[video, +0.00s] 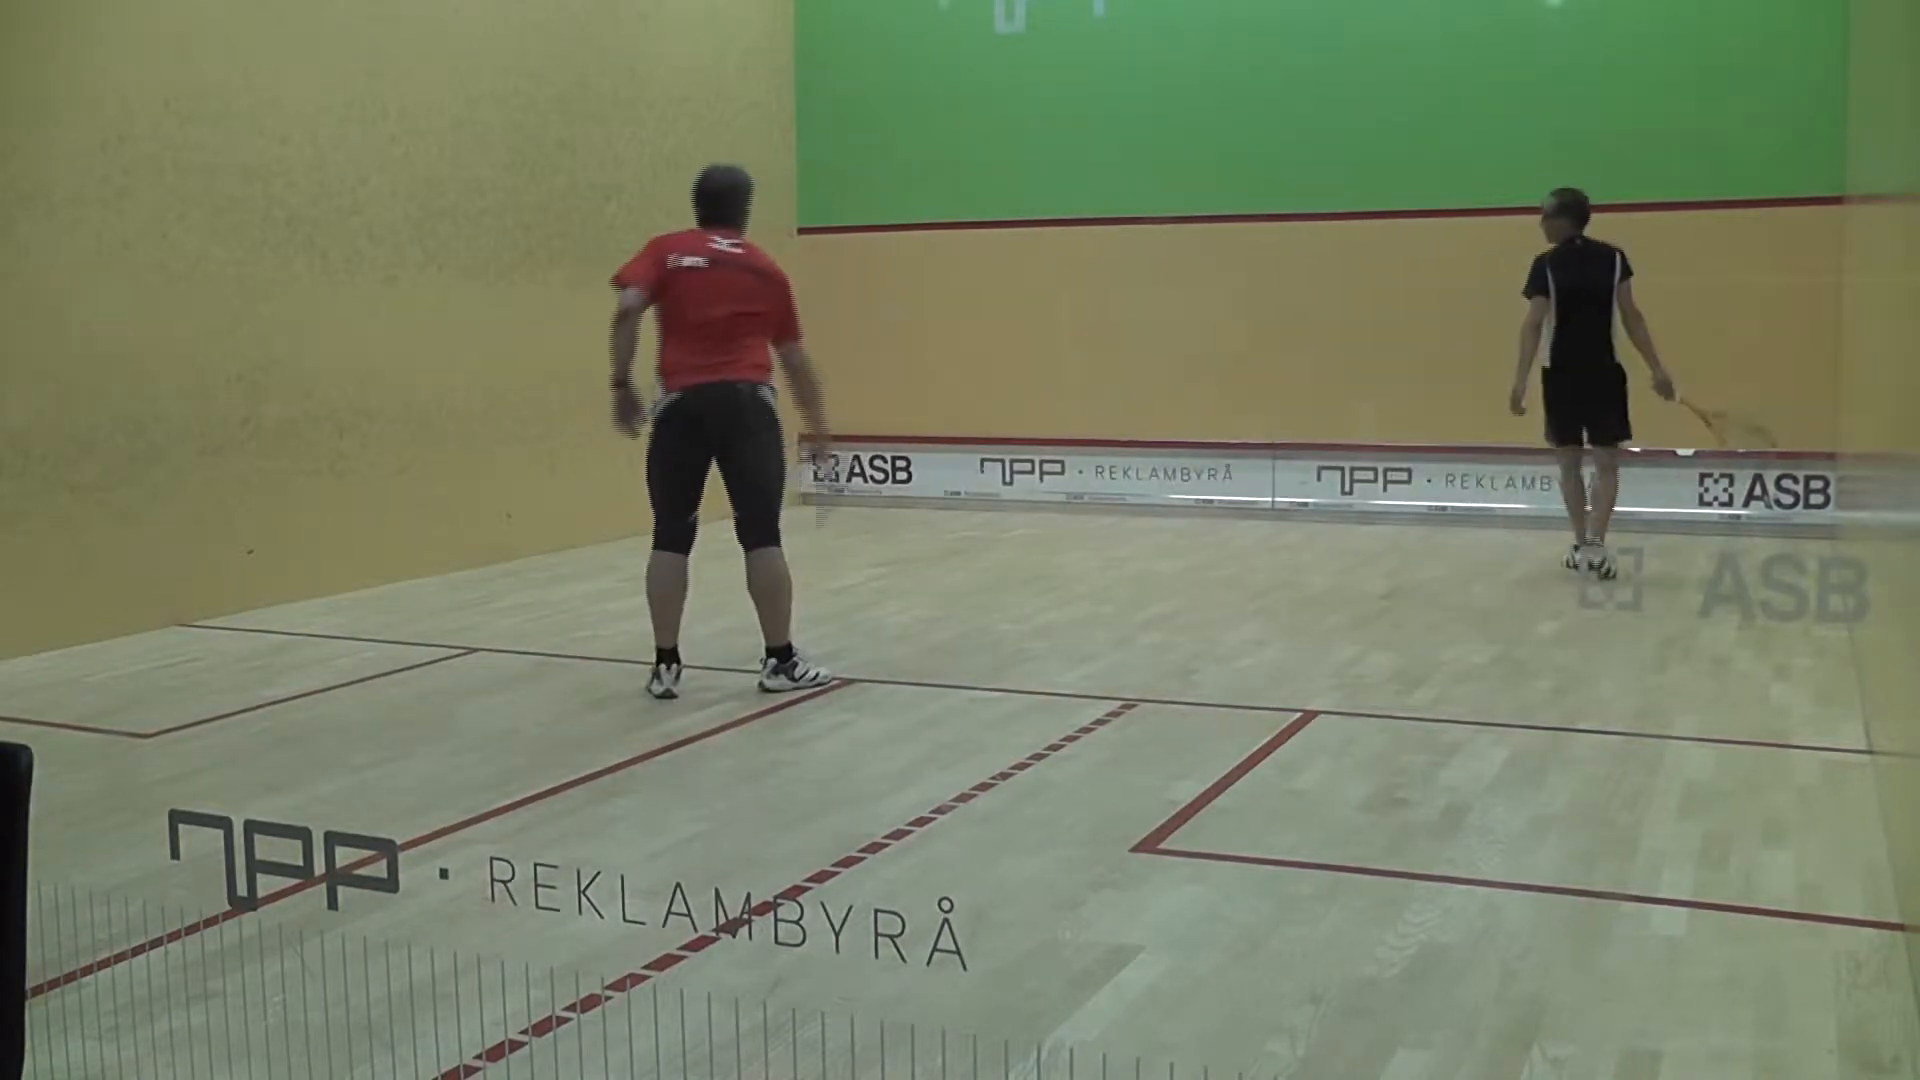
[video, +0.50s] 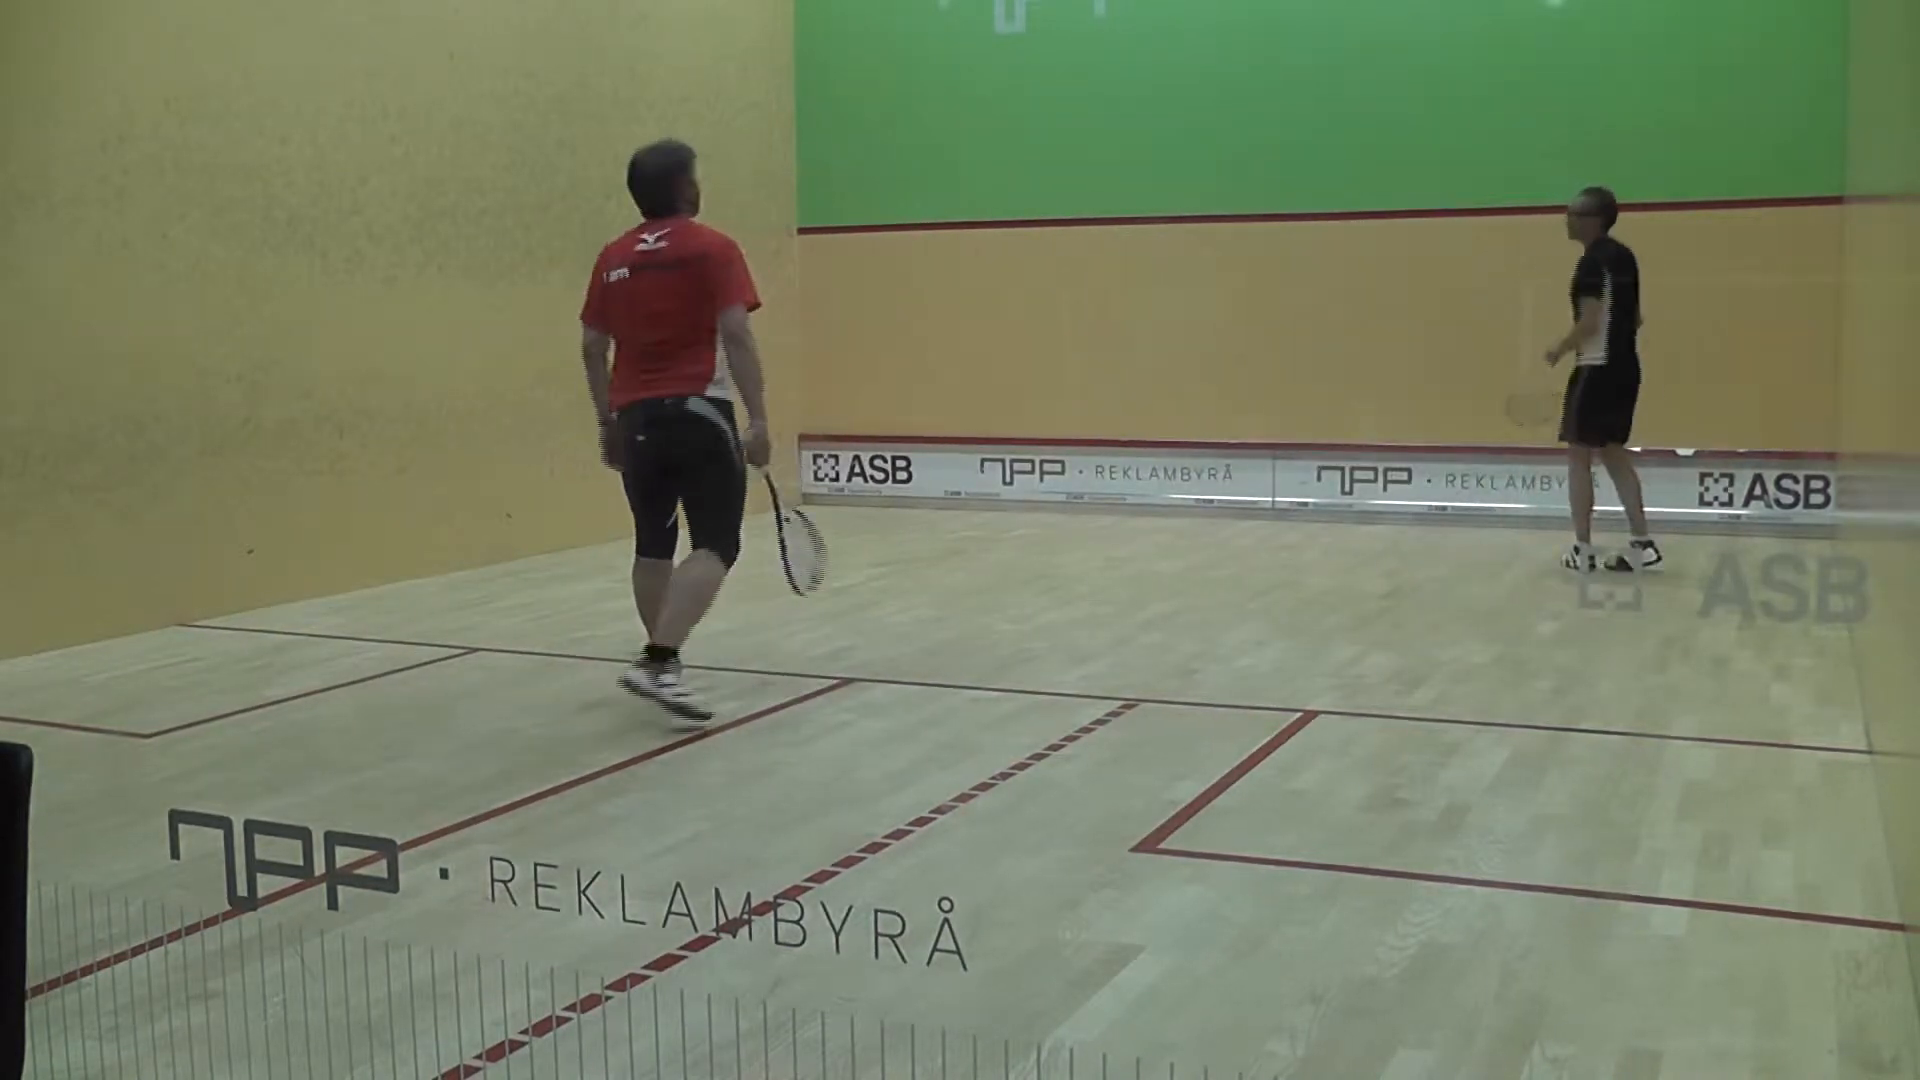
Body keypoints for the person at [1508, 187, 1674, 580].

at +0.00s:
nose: (1542, 223)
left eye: (1546, 217)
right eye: (1543, 216)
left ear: (1559, 221)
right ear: (1582, 220)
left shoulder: (1546, 264)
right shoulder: (1612, 256)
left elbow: (1534, 323)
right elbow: (1630, 315)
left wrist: (1520, 380)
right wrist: (1657, 368)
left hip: (1561, 377)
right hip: (1605, 375)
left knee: (1569, 462)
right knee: (1607, 462)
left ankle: (1582, 543)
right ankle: (1596, 544)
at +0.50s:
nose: (1567, 220)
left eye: (1574, 214)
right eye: (1569, 213)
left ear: (1594, 220)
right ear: (1600, 220)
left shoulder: (1591, 261)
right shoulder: (1624, 256)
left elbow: (1591, 321)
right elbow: (1635, 319)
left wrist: (1560, 347)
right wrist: (1600, 341)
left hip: (1595, 370)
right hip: (1623, 369)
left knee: (1579, 457)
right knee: (1614, 452)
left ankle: (1582, 548)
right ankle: (1643, 542)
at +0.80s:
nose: (1582, 216)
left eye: (1591, 210)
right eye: (1582, 208)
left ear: (1612, 215)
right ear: (1585, 213)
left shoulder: (1621, 257)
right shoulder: (1596, 259)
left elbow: (1628, 323)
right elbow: (1596, 323)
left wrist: (1596, 366)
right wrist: (1578, 364)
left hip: (1621, 367)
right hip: (1604, 367)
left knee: (1595, 454)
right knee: (1612, 451)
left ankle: (1613, 551)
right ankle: (1640, 543)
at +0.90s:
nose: (1584, 216)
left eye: (1594, 210)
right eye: (1584, 208)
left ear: (1614, 217)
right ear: (1586, 213)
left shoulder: (1624, 259)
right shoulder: (1593, 259)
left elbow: (1632, 320)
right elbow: (1594, 319)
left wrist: (1610, 368)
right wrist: (1576, 361)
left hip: (1619, 367)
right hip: (1601, 367)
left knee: (1596, 455)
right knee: (1617, 455)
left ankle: (1616, 551)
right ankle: (1642, 542)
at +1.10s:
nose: (1587, 216)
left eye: (1597, 211)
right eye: (1585, 209)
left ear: (1616, 217)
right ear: (1582, 212)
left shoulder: (1630, 263)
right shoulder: (1580, 262)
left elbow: (1642, 328)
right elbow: (1581, 326)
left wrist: (1634, 387)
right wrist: (1568, 376)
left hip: (1615, 376)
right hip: (1584, 375)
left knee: (1602, 462)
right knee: (1584, 458)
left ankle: (1621, 552)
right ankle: (1628, 535)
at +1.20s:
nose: (1583, 214)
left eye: (1593, 208)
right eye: (1580, 207)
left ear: (1611, 214)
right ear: (1575, 210)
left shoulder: (1628, 260)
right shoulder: (1572, 262)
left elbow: (1644, 326)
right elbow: (1573, 327)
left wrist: (1646, 385)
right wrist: (1559, 379)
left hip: (1613, 375)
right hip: (1577, 375)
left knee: (1606, 465)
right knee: (1562, 459)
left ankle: (1619, 556)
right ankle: (1602, 535)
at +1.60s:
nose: (1534, 223)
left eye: (1543, 216)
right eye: (1530, 215)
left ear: (1563, 221)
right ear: (1525, 219)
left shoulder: (1584, 267)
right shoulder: (1520, 272)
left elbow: (1611, 329)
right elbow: (1515, 337)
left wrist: (1616, 393)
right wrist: (1495, 392)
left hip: (1576, 387)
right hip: (1531, 387)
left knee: (1591, 473)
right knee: (1515, 471)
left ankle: (1617, 557)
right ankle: (1513, 571)